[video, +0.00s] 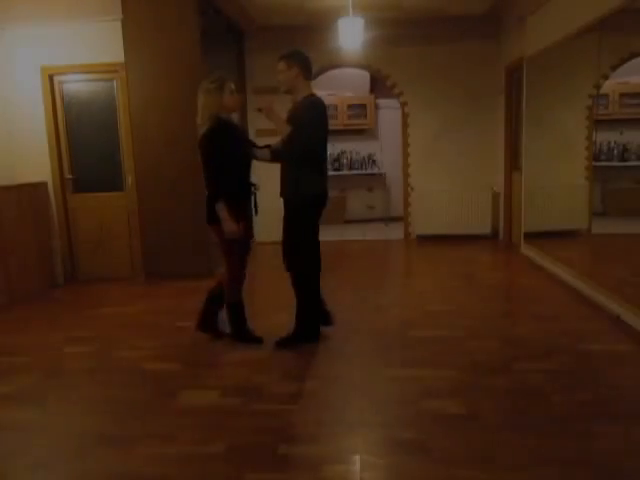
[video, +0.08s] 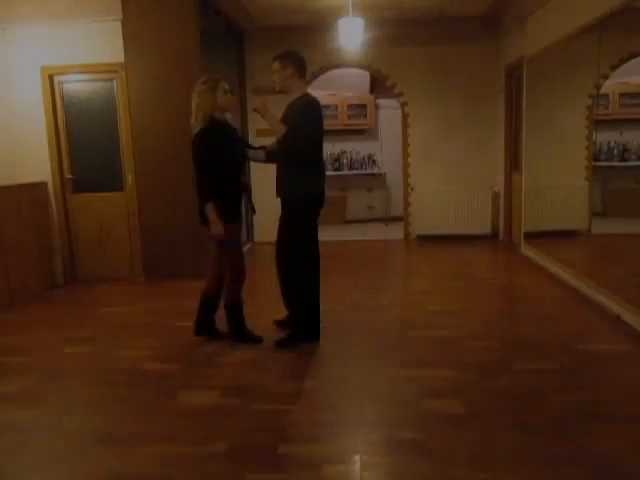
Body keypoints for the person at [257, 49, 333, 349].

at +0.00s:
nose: (278, 78)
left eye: (282, 72)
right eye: (279, 72)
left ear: (297, 73)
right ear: (298, 74)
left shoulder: (309, 108)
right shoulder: (304, 106)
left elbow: (293, 151)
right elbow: (291, 147)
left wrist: (258, 152)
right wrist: (258, 151)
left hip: (305, 196)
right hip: (302, 194)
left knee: (298, 257)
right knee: (300, 255)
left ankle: (306, 327)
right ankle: (316, 311)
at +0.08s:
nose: (273, 77)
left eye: (277, 71)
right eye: (273, 72)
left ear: (292, 72)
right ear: (292, 73)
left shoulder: (304, 107)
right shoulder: (298, 106)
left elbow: (291, 151)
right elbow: (287, 148)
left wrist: (253, 153)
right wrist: (250, 151)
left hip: (302, 198)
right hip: (297, 196)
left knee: (295, 257)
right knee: (292, 255)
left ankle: (305, 328)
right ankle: (298, 315)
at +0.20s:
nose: (269, 77)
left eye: (272, 71)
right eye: (268, 72)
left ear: (288, 72)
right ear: (286, 73)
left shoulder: (301, 105)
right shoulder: (291, 107)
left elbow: (294, 149)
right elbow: (284, 151)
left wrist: (269, 121)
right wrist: (253, 155)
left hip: (302, 197)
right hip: (291, 196)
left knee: (298, 260)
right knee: (282, 257)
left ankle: (305, 328)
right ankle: (287, 313)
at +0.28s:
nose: (264, 77)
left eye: (268, 71)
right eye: (264, 71)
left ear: (284, 72)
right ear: (282, 74)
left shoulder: (298, 106)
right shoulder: (285, 108)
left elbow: (292, 147)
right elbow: (277, 152)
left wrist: (266, 119)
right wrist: (242, 156)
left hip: (298, 197)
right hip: (286, 197)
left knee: (297, 260)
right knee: (279, 258)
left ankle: (305, 328)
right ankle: (285, 313)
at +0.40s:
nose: (262, 77)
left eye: (266, 71)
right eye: (262, 72)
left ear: (282, 72)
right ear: (277, 74)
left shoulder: (298, 106)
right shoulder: (278, 108)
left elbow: (296, 146)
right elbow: (271, 152)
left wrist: (267, 118)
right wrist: (236, 156)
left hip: (295, 195)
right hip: (280, 195)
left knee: (295, 260)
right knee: (277, 258)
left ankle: (305, 327)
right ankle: (284, 313)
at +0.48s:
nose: (260, 77)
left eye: (264, 72)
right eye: (260, 72)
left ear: (280, 73)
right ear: (276, 74)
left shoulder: (296, 107)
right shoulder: (276, 109)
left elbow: (296, 145)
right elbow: (266, 152)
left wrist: (268, 119)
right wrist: (230, 154)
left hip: (291, 195)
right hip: (276, 194)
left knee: (290, 260)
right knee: (275, 258)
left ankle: (305, 327)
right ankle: (283, 314)